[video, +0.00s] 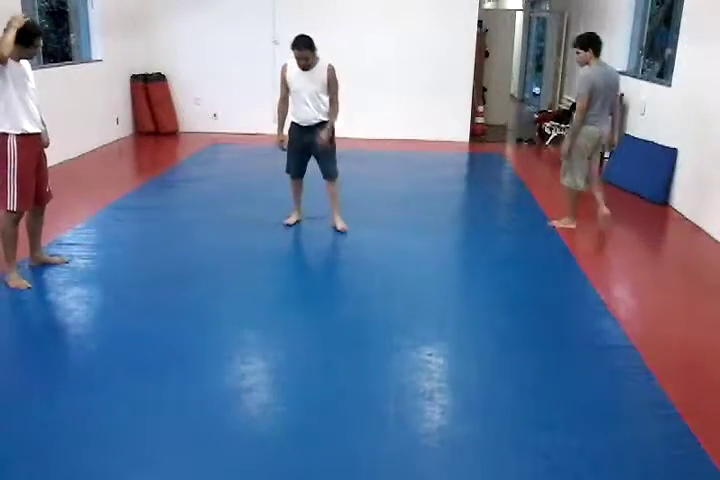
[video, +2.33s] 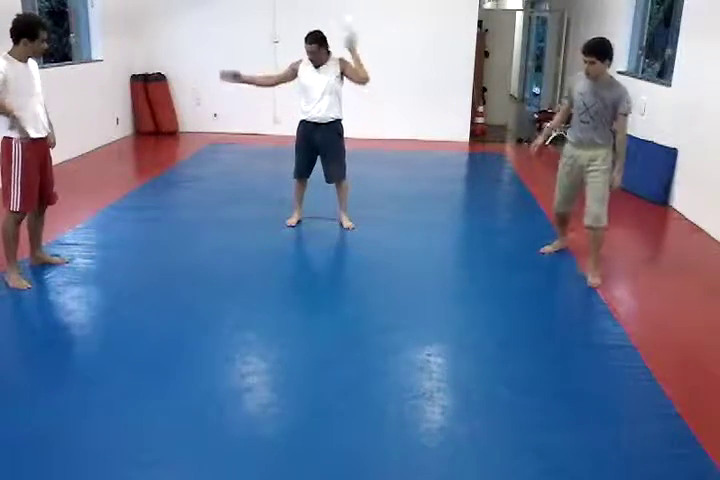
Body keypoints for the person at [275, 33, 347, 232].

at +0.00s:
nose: (302, 62)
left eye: (306, 58)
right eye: (298, 58)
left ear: (314, 53)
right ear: (293, 54)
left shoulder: (327, 70)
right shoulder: (287, 70)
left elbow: (334, 101)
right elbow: (284, 100)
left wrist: (329, 127)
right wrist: (280, 130)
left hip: (321, 127)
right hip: (297, 127)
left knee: (331, 175)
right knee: (295, 174)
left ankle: (336, 216)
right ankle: (296, 211)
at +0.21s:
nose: (302, 61)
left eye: (306, 57)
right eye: (299, 57)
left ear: (315, 51)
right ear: (294, 53)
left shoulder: (328, 68)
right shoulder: (290, 69)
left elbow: (340, 97)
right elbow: (285, 98)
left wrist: (335, 102)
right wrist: (280, 130)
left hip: (324, 127)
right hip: (299, 127)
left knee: (334, 174)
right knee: (295, 173)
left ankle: (343, 212)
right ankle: (296, 211)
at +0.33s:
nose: (306, 62)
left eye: (310, 58)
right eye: (304, 57)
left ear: (320, 54)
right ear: (300, 54)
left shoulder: (332, 66)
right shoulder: (295, 70)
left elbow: (343, 94)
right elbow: (289, 99)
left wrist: (332, 76)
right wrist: (282, 128)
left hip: (327, 126)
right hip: (302, 126)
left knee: (336, 175)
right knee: (296, 173)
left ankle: (344, 213)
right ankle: (297, 211)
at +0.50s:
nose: (314, 62)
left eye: (317, 59)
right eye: (312, 58)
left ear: (328, 56)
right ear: (309, 54)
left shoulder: (338, 68)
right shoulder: (303, 69)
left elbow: (348, 74)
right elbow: (296, 98)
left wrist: (337, 46)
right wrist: (288, 128)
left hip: (333, 127)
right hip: (308, 126)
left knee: (341, 176)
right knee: (300, 173)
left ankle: (344, 213)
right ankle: (297, 211)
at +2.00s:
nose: (308, 56)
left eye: (311, 53)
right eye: (307, 52)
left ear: (324, 52)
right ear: (307, 50)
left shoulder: (338, 65)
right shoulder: (302, 68)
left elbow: (356, 57)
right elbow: (289, 95)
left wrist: (336, 37)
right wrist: (273, 119)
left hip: (330, 127)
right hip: (305, 127)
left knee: (338, 176)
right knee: (300, 175)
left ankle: (343, 214)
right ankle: (297, 212)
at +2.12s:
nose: (308, 56)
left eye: (311, 53)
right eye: (307, 52)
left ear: (324, 52)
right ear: (307, 50)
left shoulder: (338, 65)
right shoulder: (302, 68)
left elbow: (356, 58)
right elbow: (280, 89)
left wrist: (335, 38)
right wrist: (252, 99)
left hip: (330, 128)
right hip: (306, 127)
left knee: (338, 176)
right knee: (300, 175)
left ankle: (343, 215)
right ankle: (297, 212)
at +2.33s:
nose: (309, 55)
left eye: (312, 52)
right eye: (307, 51)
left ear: (325, 49)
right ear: (305, 49)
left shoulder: (339, 64)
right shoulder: (300, 66)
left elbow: (363, 79)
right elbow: (274, 80)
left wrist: (354, 54)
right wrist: (242, 79)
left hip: (332, 128)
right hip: (307, 128)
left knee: (339, 176)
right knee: (301, 175)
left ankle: (343, 214)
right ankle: (297, 212)